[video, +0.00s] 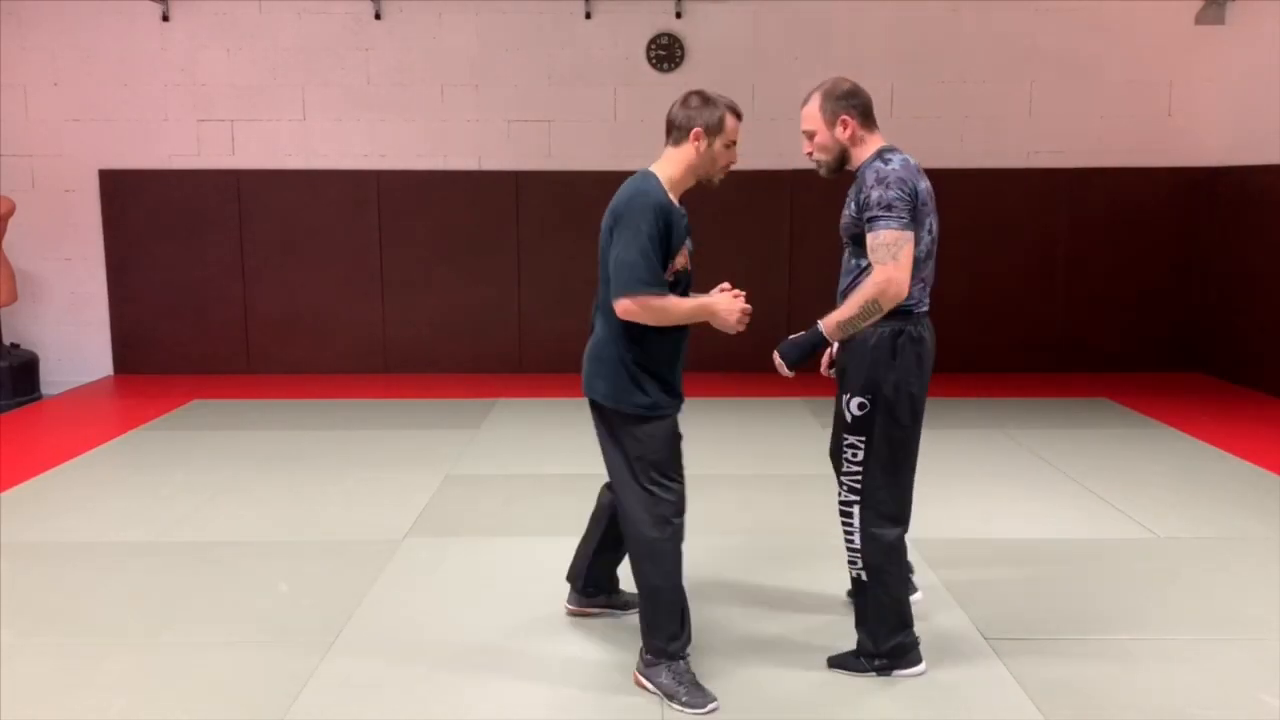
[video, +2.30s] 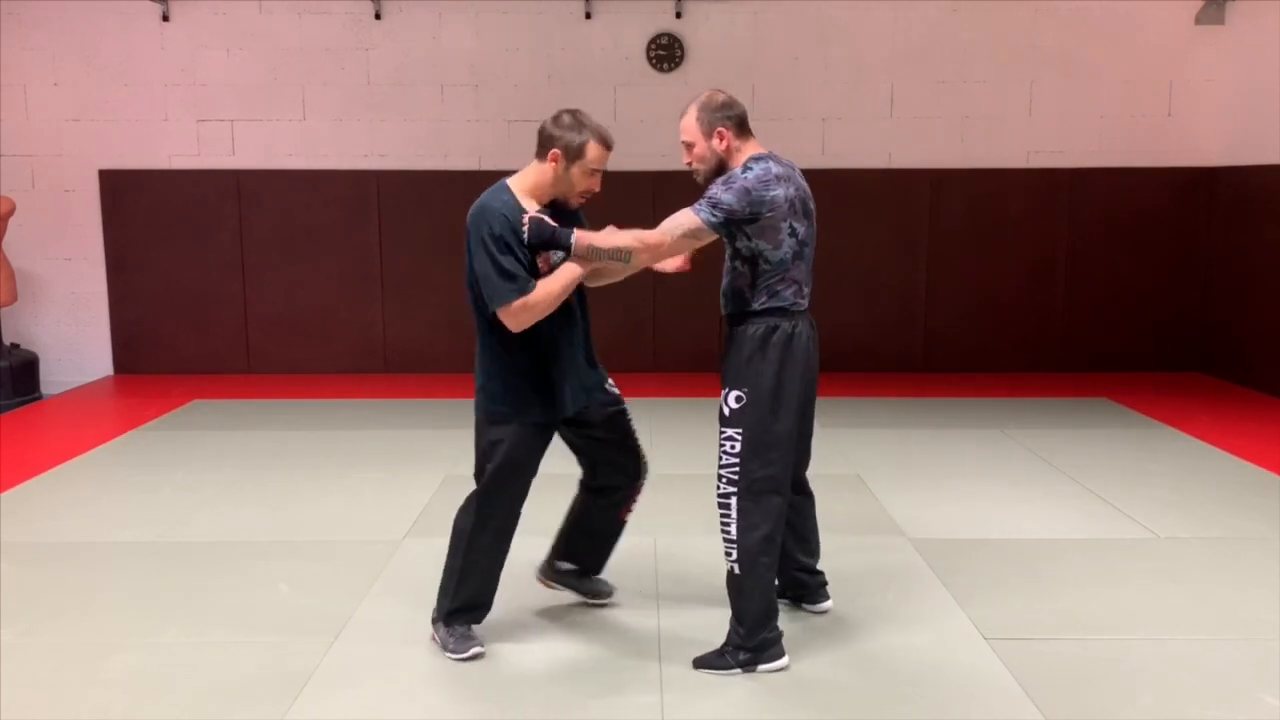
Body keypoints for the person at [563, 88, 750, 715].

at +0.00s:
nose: (735, 158)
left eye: (736, 146)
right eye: (730, 145)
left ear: (692, 141)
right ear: (698, 141)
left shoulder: (663, 202)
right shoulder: (642, 205)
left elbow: (660, 293)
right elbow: (631, 302)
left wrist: (699, 301)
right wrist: (705, 308)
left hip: (642, 381)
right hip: (630, 388)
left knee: (633, 486)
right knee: (659, 511)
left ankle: (590, 584)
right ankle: (662, 657)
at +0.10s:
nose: (724, 161)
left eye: (726, 149)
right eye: (720, 147)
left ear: (684, 143)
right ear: (689, 143)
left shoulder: (653, 199)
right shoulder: (627, 197)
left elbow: (653, 283)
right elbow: (610, 291)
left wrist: (684, 305)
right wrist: (682, 305)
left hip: (632, 379)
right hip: (605, 381)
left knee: (626, 491)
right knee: (624, 506)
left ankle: (591, 586)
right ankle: (633, 646)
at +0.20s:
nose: (705, 150)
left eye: (706, 138)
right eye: (700, 137)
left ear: (665, 133)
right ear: (669, 132)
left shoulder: (635, 190)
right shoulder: (610, 189)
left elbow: (616, 276)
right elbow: (595, 280)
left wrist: (640, 263)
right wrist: (662, 295)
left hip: (620, 379)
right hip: (591, 380)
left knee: (620, 495)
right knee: (593, 504)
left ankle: (603, 593)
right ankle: (572, 635)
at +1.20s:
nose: (615, 160)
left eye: (617, 149)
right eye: (611, 148)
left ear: (576, 141)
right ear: (582, 141)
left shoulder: (548, 196)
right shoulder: (525, 206)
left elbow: (553, 273)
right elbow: (515, 307)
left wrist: (590, 295)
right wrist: (586, 302)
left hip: (545, 375)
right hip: (505, 382)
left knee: (566, 475)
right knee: (508, 505)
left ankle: (576, 578)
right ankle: (488, 623)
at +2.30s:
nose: (597, 186)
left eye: (601, 174)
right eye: (592, 172)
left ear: (562, 162)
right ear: (556, 159)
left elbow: (585, 275)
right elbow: (515, 314)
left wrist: (647, 257)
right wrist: (577, 264)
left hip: (574, 374)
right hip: (516, 386)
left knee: (620, 470)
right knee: (496, 497)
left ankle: (570, 564)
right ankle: (454, 616)